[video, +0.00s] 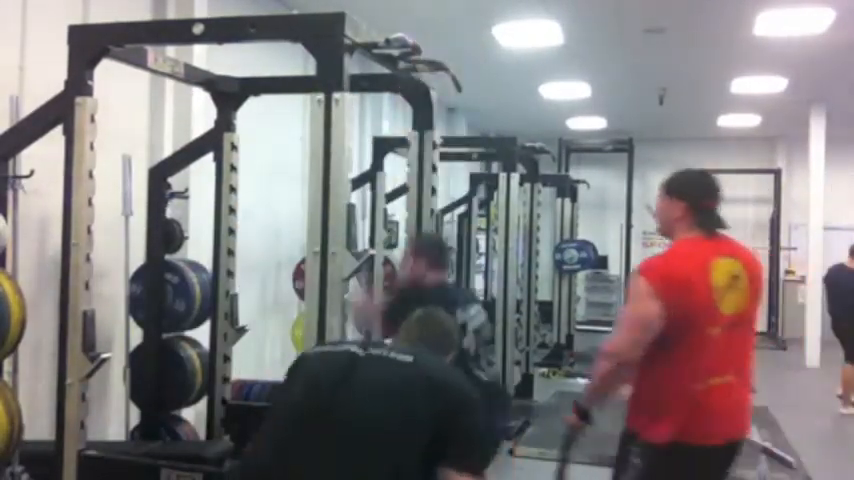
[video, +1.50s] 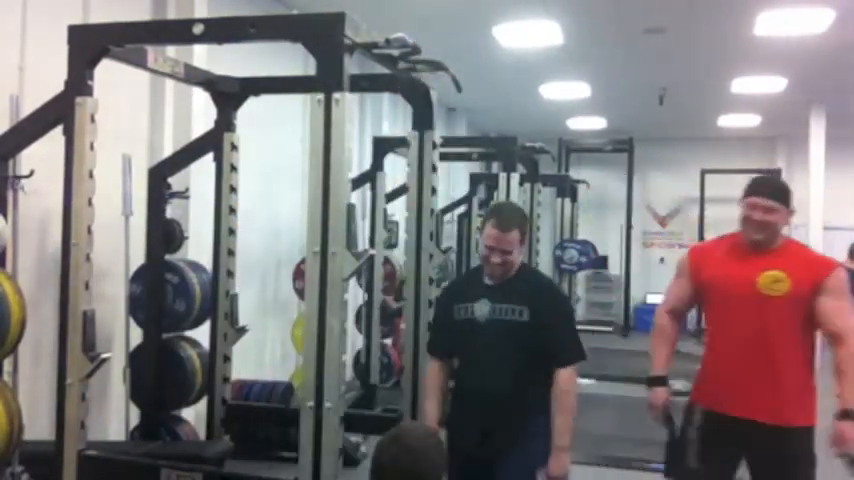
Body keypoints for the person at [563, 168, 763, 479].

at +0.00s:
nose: (655, 209)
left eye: (661, 200)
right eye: (657, 200)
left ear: (680, 207)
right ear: (708, 206)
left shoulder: (658, 273)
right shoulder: (748, 263)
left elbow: (622, 354)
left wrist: (584, 406)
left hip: (666, 430)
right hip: (726, 429)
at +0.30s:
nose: (604, 205)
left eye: (608, 197)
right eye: (605, 197)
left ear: (628, 201)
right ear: (653, 199)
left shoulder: (615, 259)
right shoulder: (690, 252)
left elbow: (557, 324)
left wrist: (522, 336)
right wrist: (583, 329)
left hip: (628, 414)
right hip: (675, 410)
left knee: (615, 474)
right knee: (647, 473)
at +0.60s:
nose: (581, 207)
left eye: (587, 200)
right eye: (583, 200)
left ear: (612, 206)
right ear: (615, 206)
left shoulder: (615, 254)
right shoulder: (644, 243)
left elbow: (597, 332)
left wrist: (555, 340)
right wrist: (573, 330)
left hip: (620, 403)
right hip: (642, 399)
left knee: (604, 473)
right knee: (627, 473)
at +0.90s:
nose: (606, 214)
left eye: (617, 206)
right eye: (604, 205)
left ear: (643, 209)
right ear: (600, 205)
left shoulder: (657, 255)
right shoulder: (608, 249)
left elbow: (652, 329)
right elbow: (595, 307)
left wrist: (589, 337)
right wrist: (577, 324)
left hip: (655, 403)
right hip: (618, 397)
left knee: (652, 473)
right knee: (619, 471)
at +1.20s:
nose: (673, 219)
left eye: (684, 212)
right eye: (669, 210)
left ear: (707, 218)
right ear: (662, 213)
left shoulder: (731, 270)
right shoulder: (642, 257)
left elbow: (738, 346)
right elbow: (623, 306)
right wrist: (601, 357)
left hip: (712, 420)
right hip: (652, 415)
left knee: (724, 474)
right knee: (645, 473)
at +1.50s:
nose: (757, 217)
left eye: (768, 210)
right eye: (750, 207)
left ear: (787, 216)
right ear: (740, 208)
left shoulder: (821, 272)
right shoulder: (701, 259)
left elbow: (844, 340)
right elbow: (668, 313)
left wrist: (846, 412)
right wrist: (658, 379)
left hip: (785, 426)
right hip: (714, 418)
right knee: (696, 473)